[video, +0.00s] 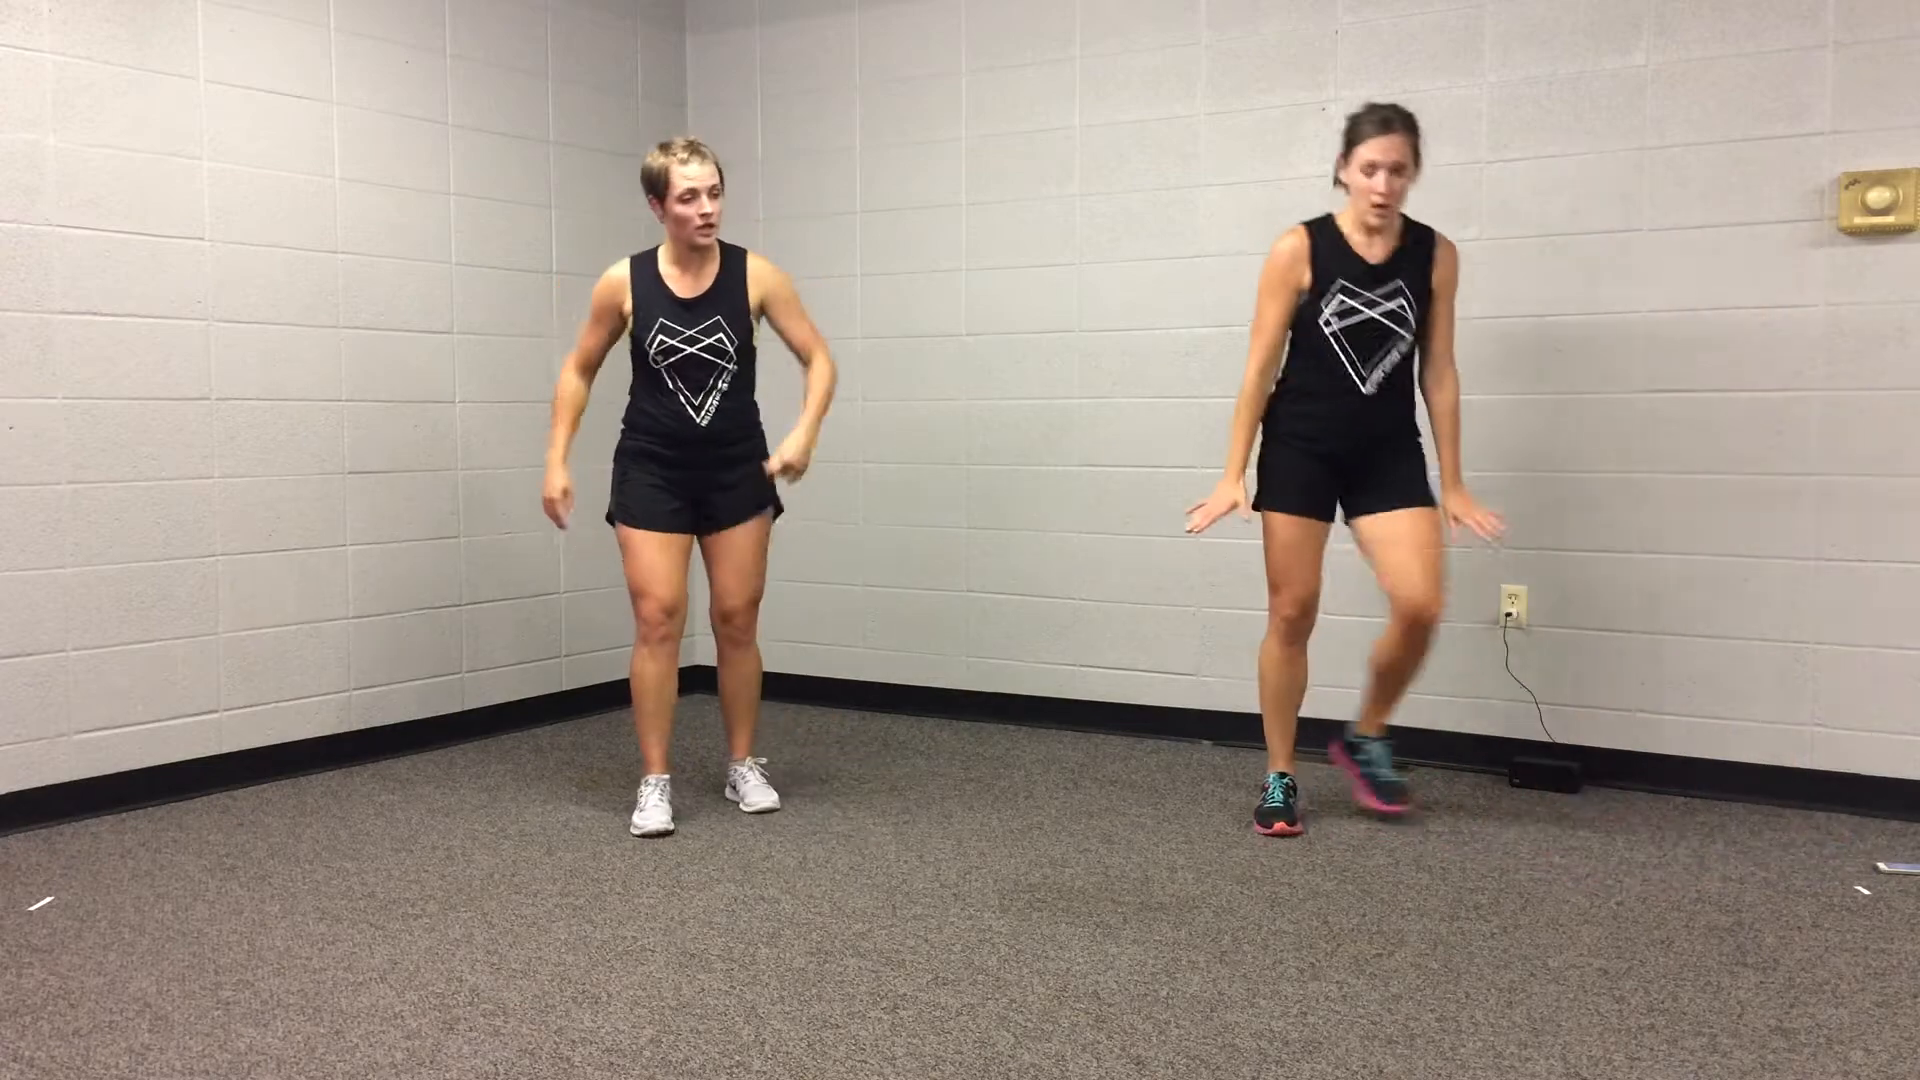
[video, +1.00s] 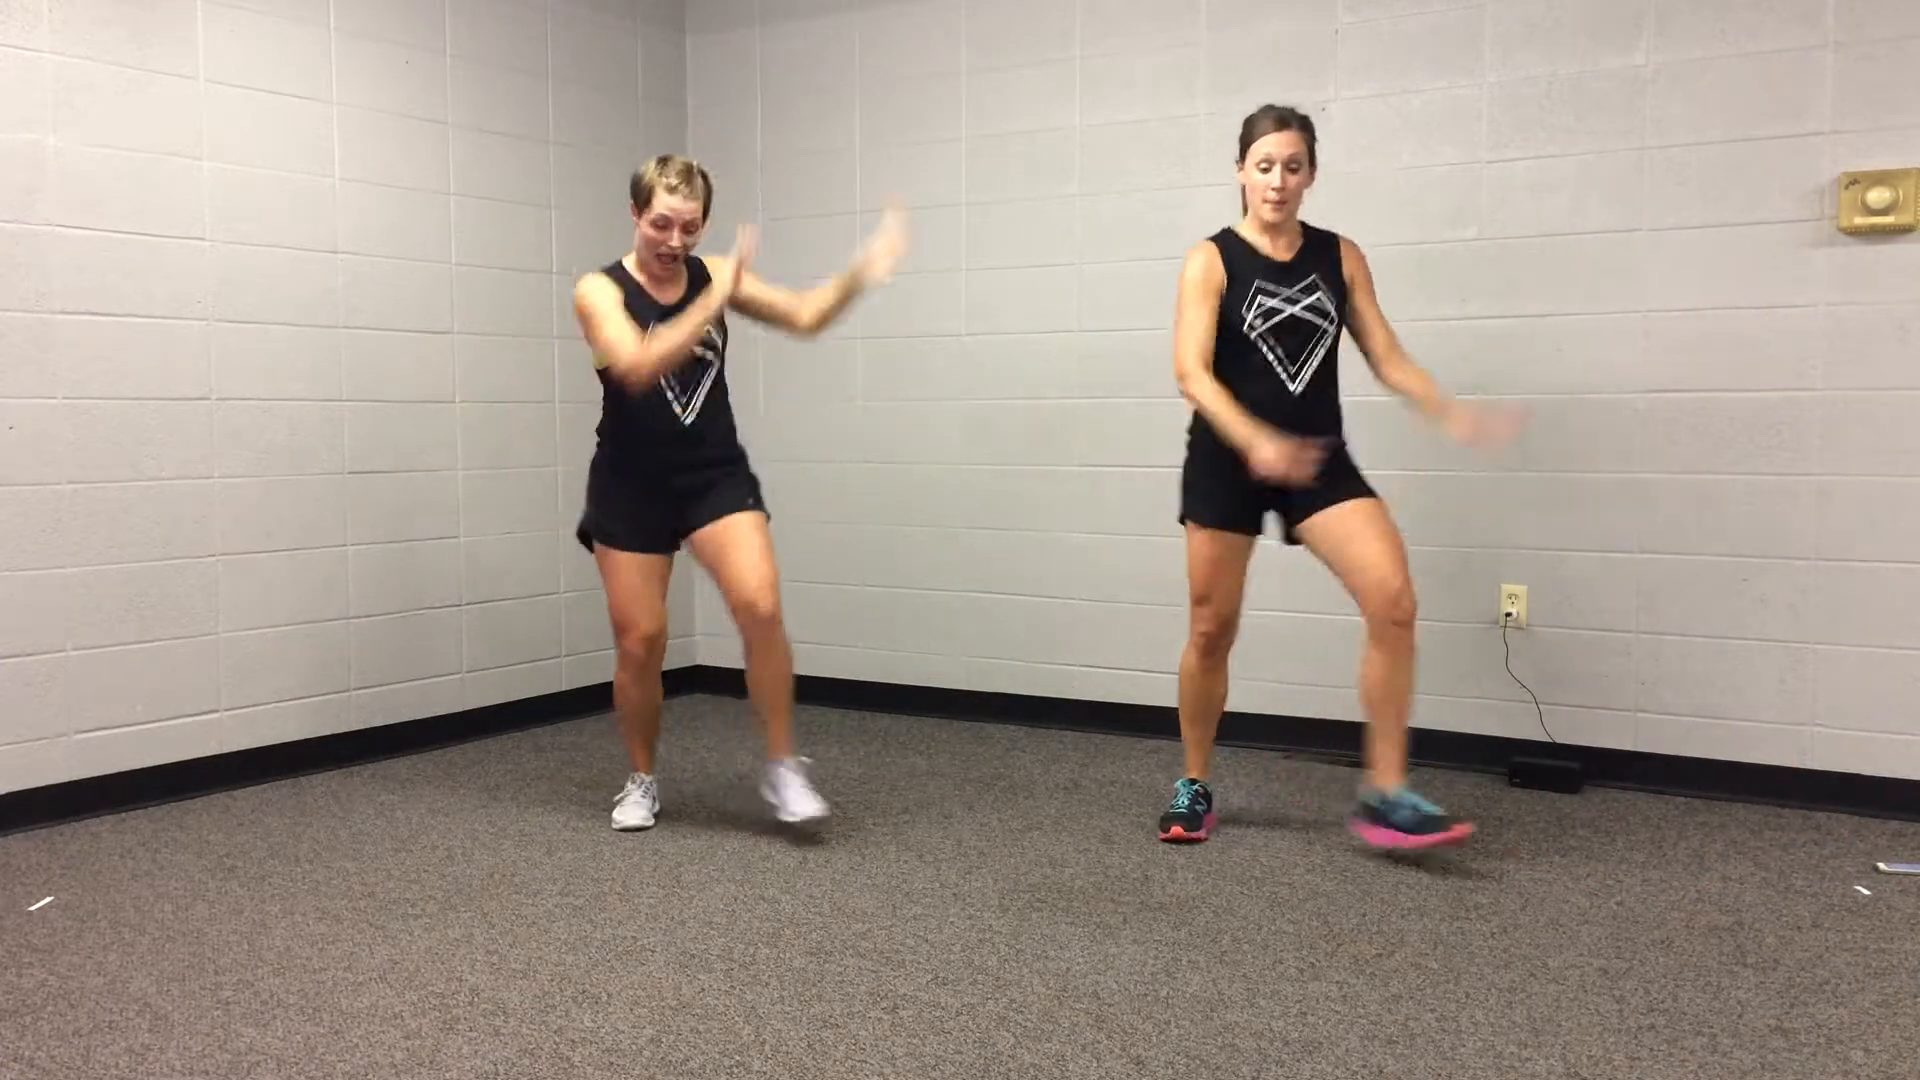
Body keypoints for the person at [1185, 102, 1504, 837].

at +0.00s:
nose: (1384, 185)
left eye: (1399, 171)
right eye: (1371, 169)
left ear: (1416, 177)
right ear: (1344, 171)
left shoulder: (1435, 258)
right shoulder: (1299, 251)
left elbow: (1439, 374)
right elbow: (1261, 369)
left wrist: (1453, 483)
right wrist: (1233, 473)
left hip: (1387, 452)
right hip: (1299, 451)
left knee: (1421, 606)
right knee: (1291, 613)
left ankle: (1365, 734)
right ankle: (1279, 774)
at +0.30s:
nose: (1339, 178)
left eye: (1353, 164)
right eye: (1325, 165)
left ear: (1375, 171)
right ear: (1305, 173)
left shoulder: (1405, 258)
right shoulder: (1272, 255)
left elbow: (1413, 368)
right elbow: (1229, 363)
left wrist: (1414, 472)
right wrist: (1189, 449)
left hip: (1357, 454)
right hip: (1271, 446)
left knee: (1340, 618)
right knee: (1252, 601)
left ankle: (1315, 763)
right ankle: (1261, 763)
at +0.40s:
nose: (1330, 174)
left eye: (1343, 161)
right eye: (1316, 162)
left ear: (1364, 170)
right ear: (1295, 170)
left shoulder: (1397, 252)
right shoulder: (1262, 252)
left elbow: (1419, 341)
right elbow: (1190, 344)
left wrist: (1412, 394)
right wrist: (1124, 400)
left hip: (1349, 444)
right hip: (1265, 436)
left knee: (1335, 613)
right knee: (1236, 584)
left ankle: (1315, 763)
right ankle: (1235, 747)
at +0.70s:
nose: (1292, 175)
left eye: (1306, 162)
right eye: (1278, 163)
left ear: (1326, 173)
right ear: (1257, 173)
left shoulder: (1359, 245)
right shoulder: (1226, 257)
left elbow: (1360, 346)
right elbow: (1165, 357)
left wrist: (1314, 381)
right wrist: (1076, 412)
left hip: (1316, 454)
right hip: (1230, 448)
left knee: (1311, 620)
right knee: (1212, 616)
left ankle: (1312, 765)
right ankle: (1195, 782)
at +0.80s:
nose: (1280, 184)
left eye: (1294, 171)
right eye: (1267, 172)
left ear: (1314, 180)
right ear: (1245, 181)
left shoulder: (1347, 258)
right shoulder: (1212, 267)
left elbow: (1332, 371)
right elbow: (1177, 376)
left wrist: (1306, 472)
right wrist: (1133, 479)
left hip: (1303, 460)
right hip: (1215, 460)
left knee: (1328, 639)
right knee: (1202, 620)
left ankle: (1309, 756)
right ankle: (1194, 780)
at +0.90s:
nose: (1273, 191)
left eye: (1288, 178)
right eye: (1259, 178)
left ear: (1306, 189)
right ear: (1238, 187)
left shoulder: (1339, 268)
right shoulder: (1204, 278)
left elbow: (1355, 383)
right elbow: (1201, 398)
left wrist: (1376, 492)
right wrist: (1196, 509)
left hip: (1301, 478)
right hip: (1212, 473)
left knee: (1370, 617)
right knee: (1198, 623)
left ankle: (1316, 750)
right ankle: (1190, 781)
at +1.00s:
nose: (1278, 179)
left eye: (1293, 167)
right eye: (1265, 166)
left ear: (1310, 177)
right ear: (1241, 173)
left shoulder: (1339, 258)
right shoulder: (1211, 262)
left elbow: (1388, 361)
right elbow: (1190, 373)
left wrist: (1449, 410)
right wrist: (1258, 441)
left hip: (1318, 459)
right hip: (1226, 460)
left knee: (1393, 602)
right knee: (1209, 628)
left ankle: (1385, 788)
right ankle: (1193, 782)